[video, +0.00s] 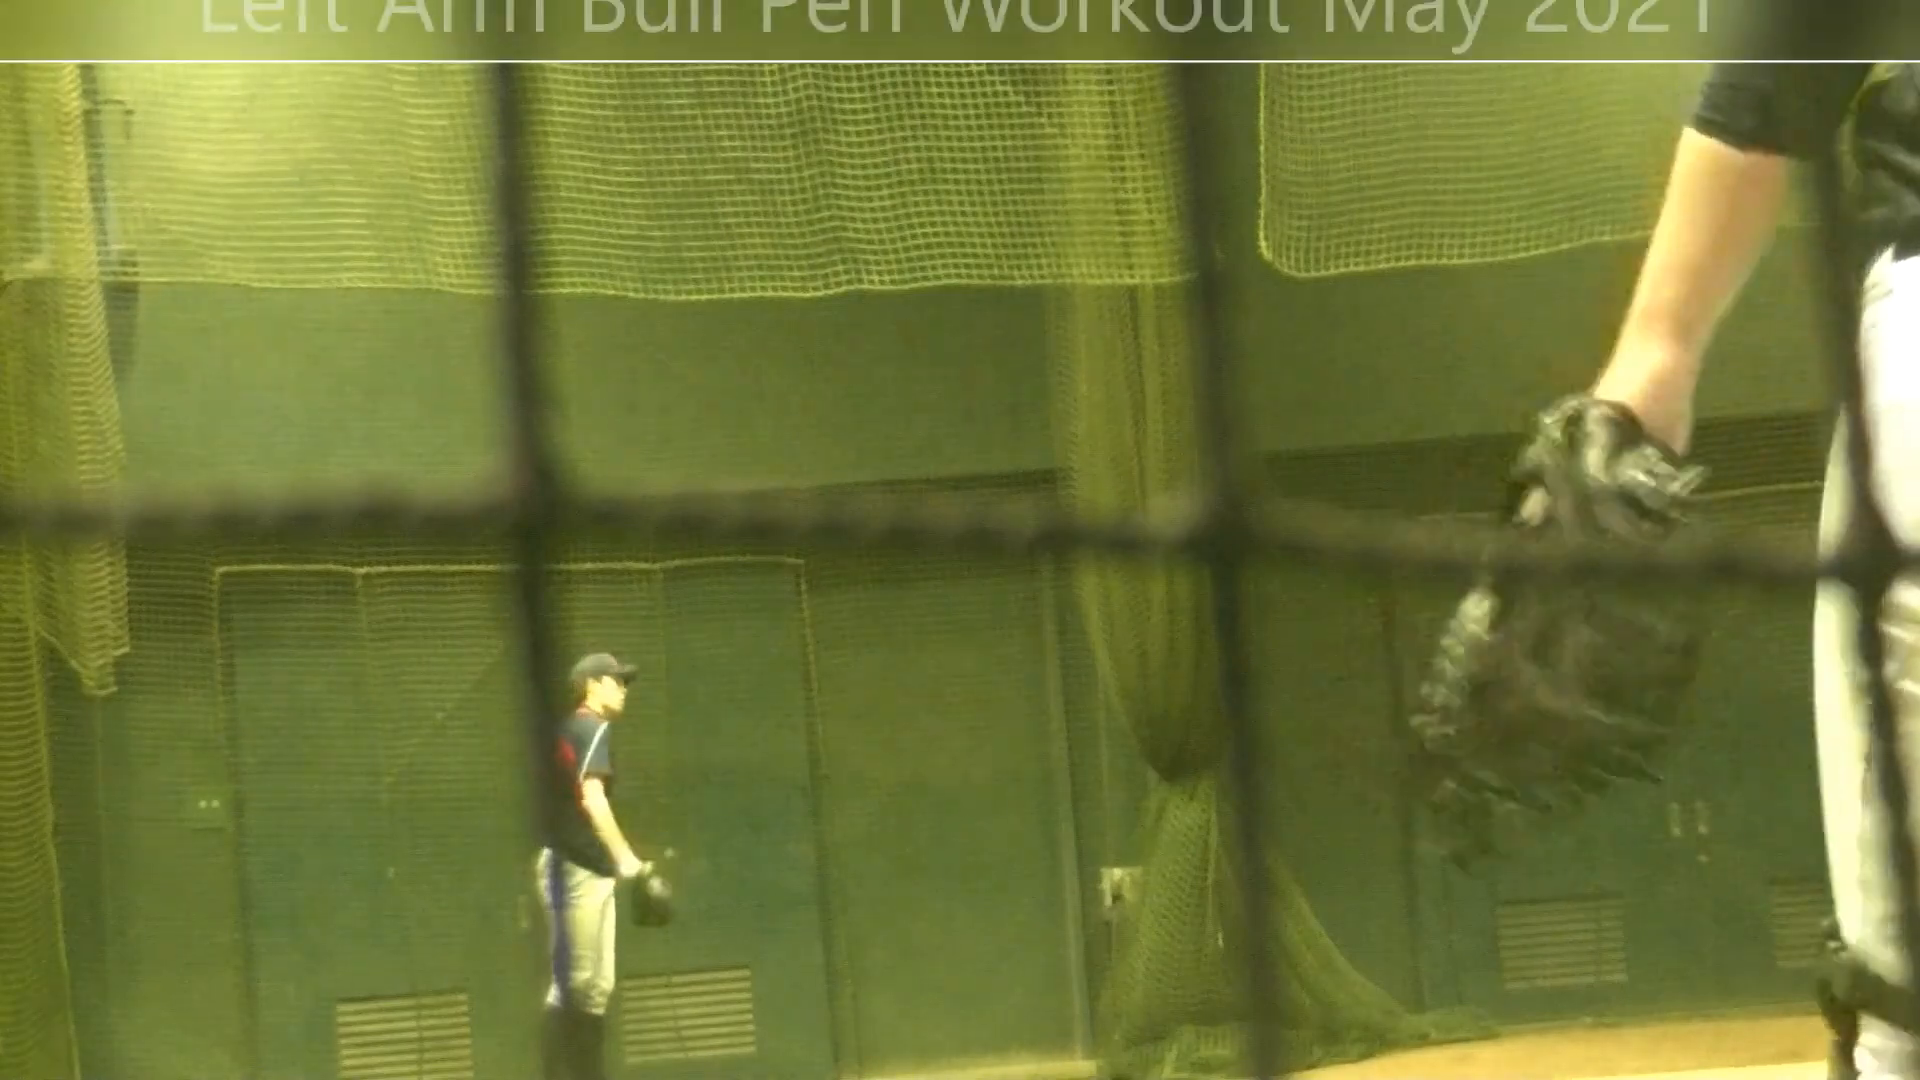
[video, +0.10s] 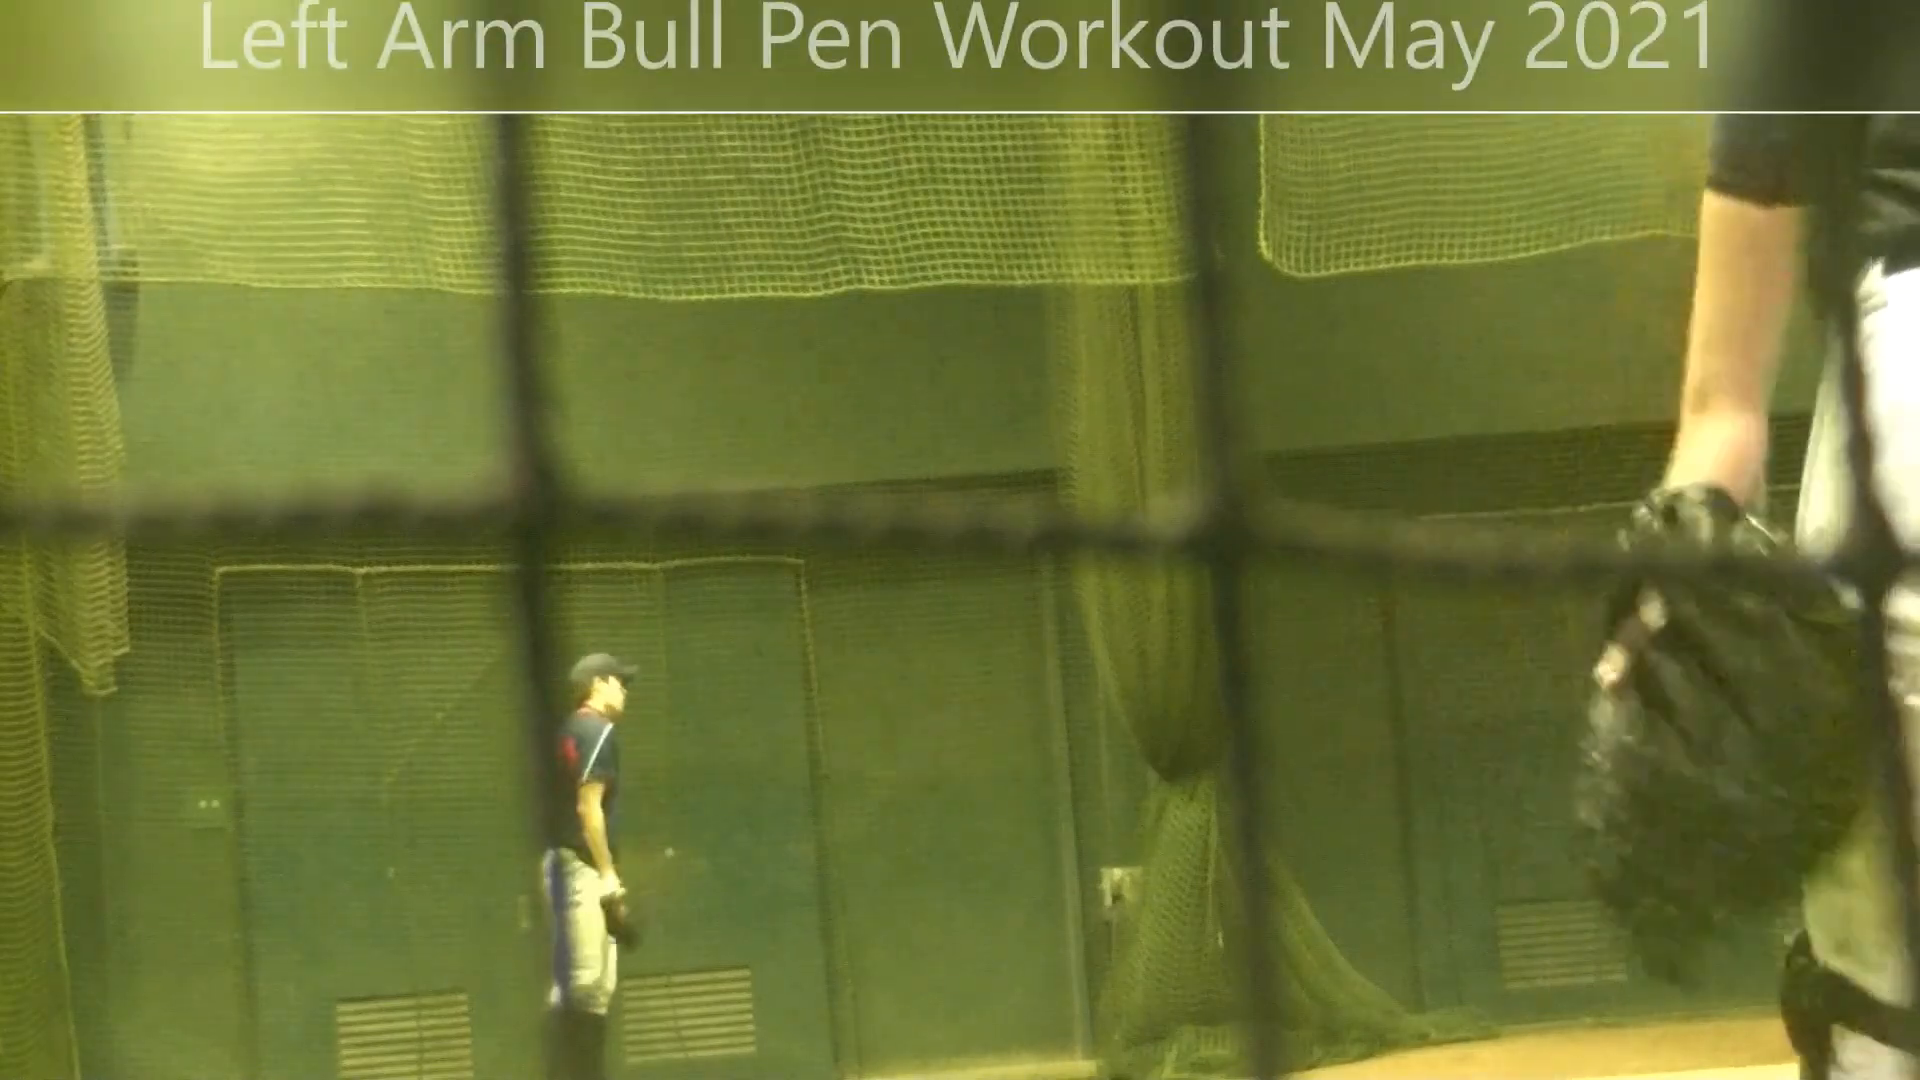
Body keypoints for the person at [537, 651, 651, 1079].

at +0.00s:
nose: (624, 690)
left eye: (622, 683)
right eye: (616, 682)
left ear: (592, 688)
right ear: (592, 686)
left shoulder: (583, 728)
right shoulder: (587, 727)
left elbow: (577, 801)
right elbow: (591, 794)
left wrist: (634, 869)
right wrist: (628, 861)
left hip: (593, 869)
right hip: (573, 867)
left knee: (596, 986)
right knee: (577, 986)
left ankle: (583, 1074)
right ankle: (565, 1075)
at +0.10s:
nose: (624, 692)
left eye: (623, 684)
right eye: (619, 684)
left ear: (593, 688)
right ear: (597, 686)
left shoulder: (573, 728)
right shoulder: (595, 730)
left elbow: (572, 810)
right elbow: (588, 807)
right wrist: (609, 876)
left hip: (577, 863)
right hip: (576, 865)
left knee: (595, 985)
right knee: (584, 986)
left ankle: (580, 1072)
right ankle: (576, 1073)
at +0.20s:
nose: (624, 693)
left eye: (622, 685)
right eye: (619, 684)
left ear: (592, 688)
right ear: (602, 686)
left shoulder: (575, 727)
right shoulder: (596, 727)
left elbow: (580, 805)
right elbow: (590, 802)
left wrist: (620, 874)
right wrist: (619, 868)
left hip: (584, 865)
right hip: (583, 866)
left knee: (598, 987)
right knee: (587, 986)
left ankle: (582, 1074)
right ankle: (575, 1074)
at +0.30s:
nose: (625, 694)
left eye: (622, 685)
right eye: (621, 685)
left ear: (591, 688)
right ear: (606, 686)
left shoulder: (573, 727)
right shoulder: (593, 726)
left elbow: (585, 808)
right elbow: (592, 797)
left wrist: (636, 869)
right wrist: (636, 858)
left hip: (577, 862)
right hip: (590, 866)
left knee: (586, 983)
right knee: (598, 983)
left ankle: (577, 1072)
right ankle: (583, 1074)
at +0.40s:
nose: (627, 694)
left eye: (625, 686)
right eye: (624, 685)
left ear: (594, 687)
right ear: (610, 686)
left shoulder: (575, 726)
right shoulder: (594, 724)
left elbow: (589, 799)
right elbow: (596, 786)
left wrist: (641, 853)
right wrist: (643, 838)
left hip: (576, 860)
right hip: (592, 862)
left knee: (589, 973)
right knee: (619, 969)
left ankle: (581, 1069)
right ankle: (582, 1069)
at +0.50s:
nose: (630, 694)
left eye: (628, 686)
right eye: (627, 686)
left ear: (596, 687)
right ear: (614, 686)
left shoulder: (578, 723)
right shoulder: (597, 719)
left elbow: (588, 795)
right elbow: (600, 770)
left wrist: (637, 844)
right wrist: (642, 820)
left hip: (580, 860)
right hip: (598, 862)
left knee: (600, 976)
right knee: (635, 968)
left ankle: (580, 1069)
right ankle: (604, 1070)